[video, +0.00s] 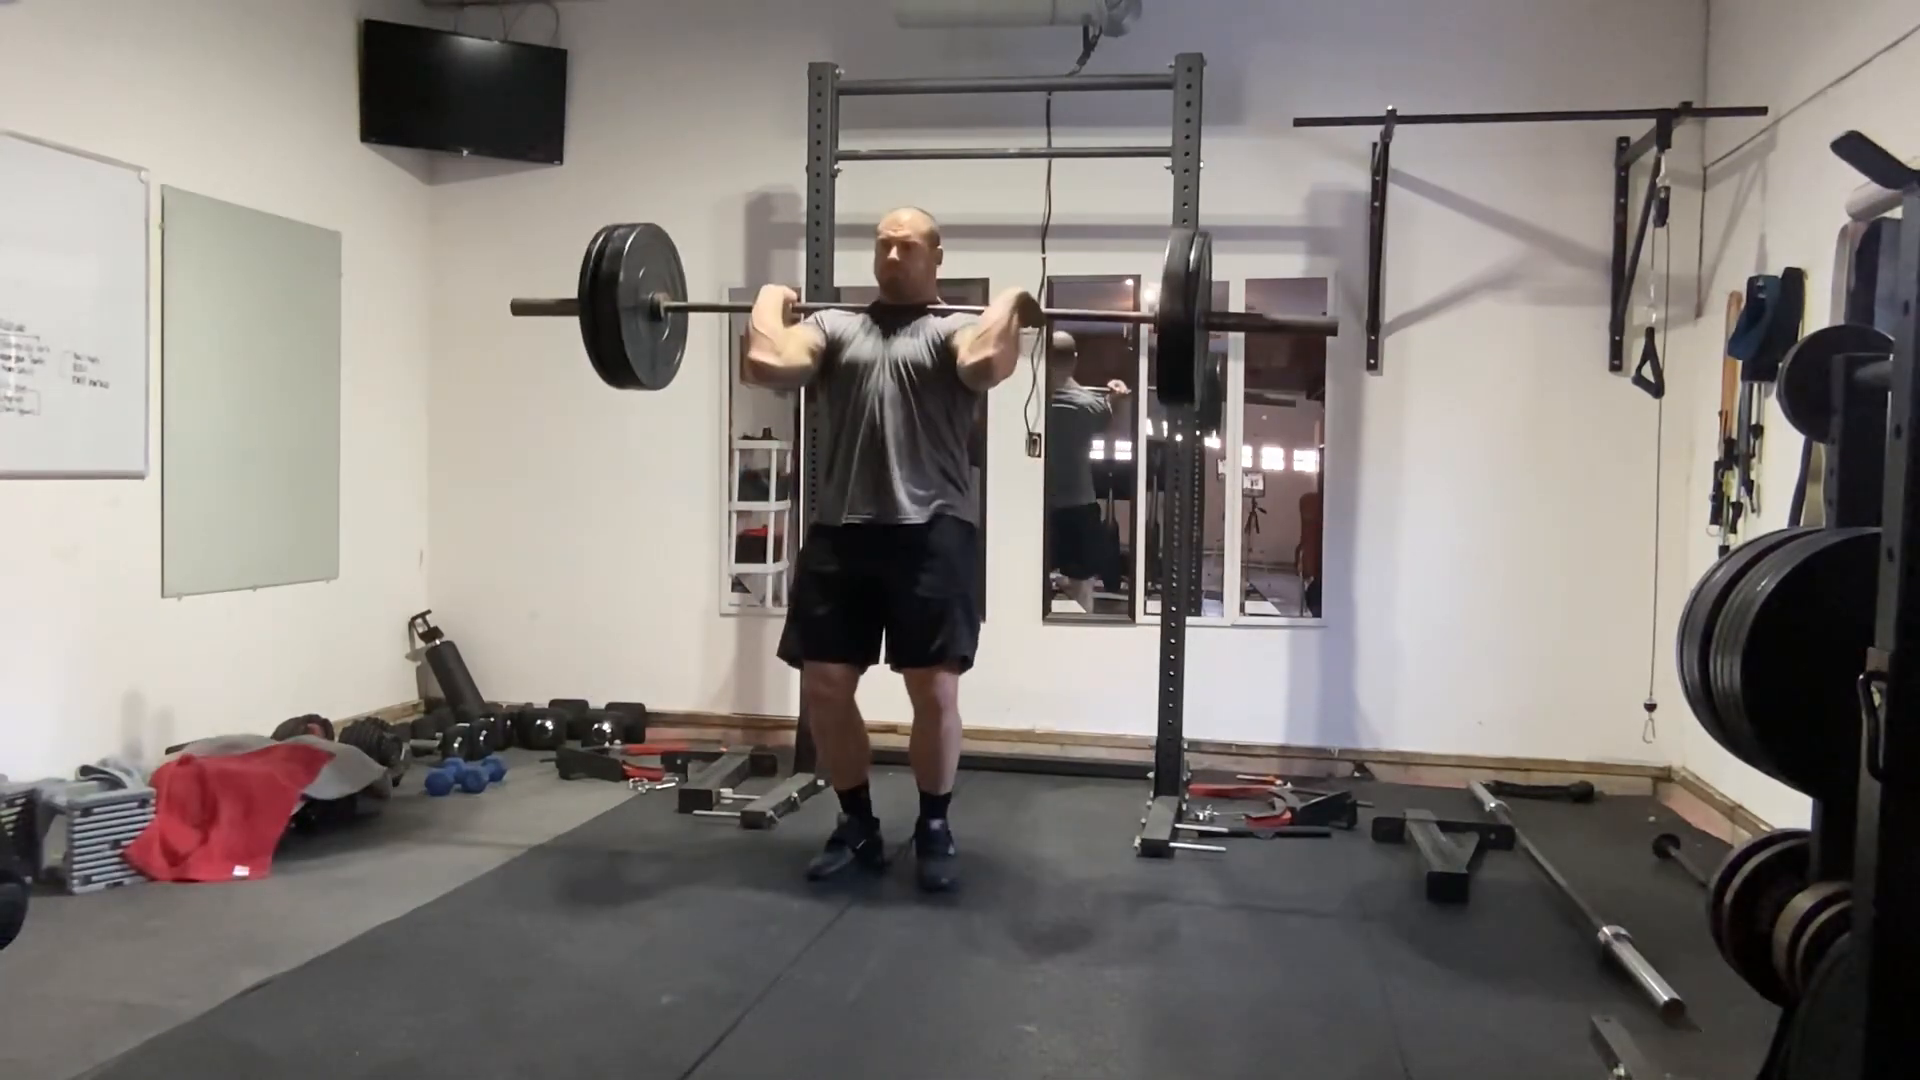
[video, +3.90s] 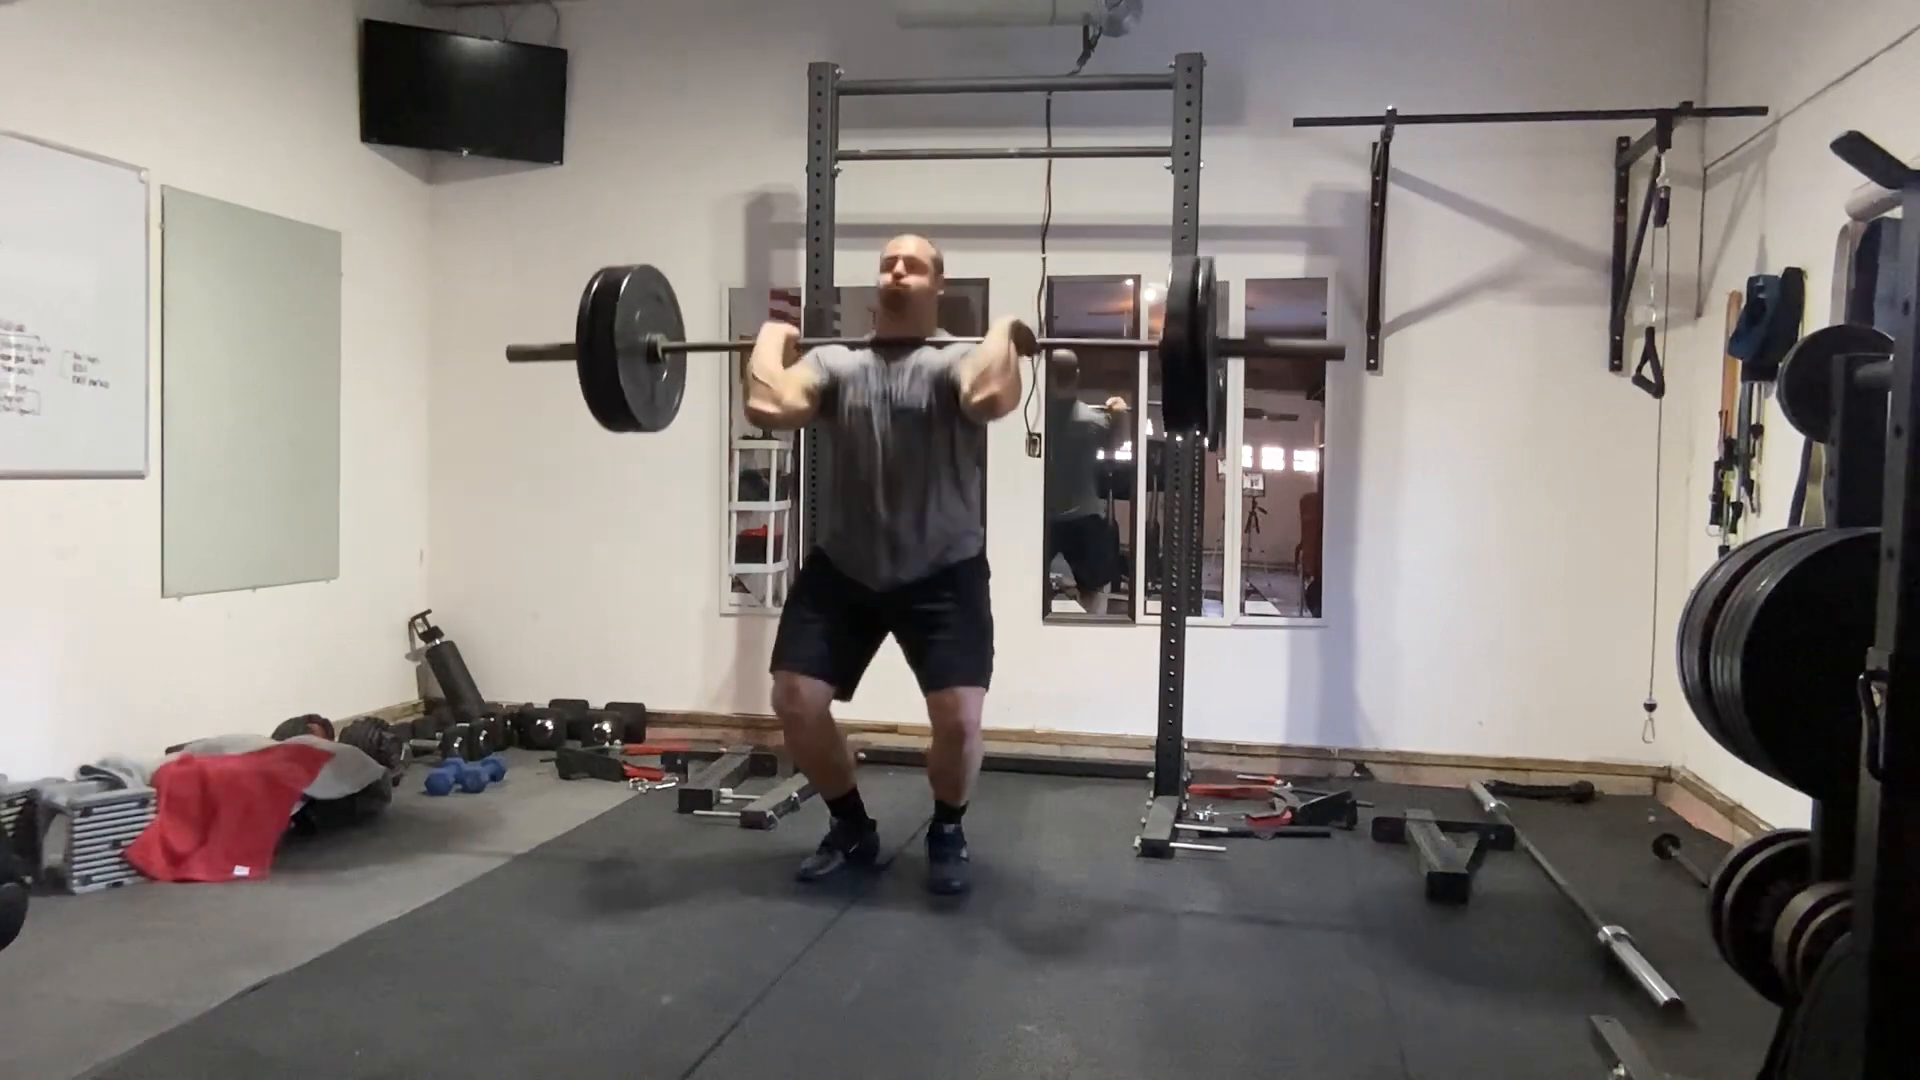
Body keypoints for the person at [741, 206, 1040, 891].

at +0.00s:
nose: (891, 255)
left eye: (906, 246)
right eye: (883, 245)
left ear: (936, 262)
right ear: (871, 260)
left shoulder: (956, 326)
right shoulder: (836, 325)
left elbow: (984, 366)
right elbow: (767, 361)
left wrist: (1009, 304)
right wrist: (771, 297)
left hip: (931, 529)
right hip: (840, 528)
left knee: (933, 685)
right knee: (824, 682)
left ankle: (933, 832)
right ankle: (857, 830)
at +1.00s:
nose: (907, 208)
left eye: (921, 206)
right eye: (896, 205)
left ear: (943, 235)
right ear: (877, 229)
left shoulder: (957, 292)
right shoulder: (835, 283)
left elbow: (1026, 263)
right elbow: (746, 271)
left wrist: (1026, 173)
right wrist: (757, 187)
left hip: (932, 488)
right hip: (845, 489)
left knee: (935, 659)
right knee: (850, 659)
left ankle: (943, 826)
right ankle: (850, 821)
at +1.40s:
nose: (870, 232)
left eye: (884, 219)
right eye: (861, 220)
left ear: (916, 223)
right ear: (848, 226)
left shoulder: (958, 278)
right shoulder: (823, 282)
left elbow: (1004, 166)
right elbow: (771, 180)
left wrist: (1023, 73)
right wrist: (760, 90)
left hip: (934, 502)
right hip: (847, 503)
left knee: (931, 670)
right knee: (859, 668)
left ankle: (937, 829)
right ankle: (859, 826)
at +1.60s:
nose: (887, 227)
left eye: (902, 218)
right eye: (877, 218)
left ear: (928, 233)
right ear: (863, 233)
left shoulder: (966, 317)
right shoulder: (822, 318)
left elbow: (1000, 418)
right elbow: (783, 410)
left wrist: (1007, 517)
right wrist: (751, 503)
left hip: (936, 531)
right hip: (842, 530)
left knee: (934, 675)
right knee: (844, 672)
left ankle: (937, 828)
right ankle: (855, 828)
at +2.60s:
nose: (909, 226)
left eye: (924, 221)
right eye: (899, 220)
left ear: (946, 244)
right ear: (884, 241)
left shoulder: (974, 295)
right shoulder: (847, 295)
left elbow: (1043, 348)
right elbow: (791, 355)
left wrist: (1022, 390)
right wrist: (758, 385)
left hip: (943, 471)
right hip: (857, 470)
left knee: (936, 633)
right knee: (842, 638)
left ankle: (939, 819)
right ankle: (848, 811)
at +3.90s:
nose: (897, 275)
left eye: (914, 267)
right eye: (888, 266)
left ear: (939, 288)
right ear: (874, 285)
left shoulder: (959, 359)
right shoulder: (834, 364)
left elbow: (993, 397)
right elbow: (769, 402)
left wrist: (1003, 330)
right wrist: (772, 336)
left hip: (941, 569)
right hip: (843, 567)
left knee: (958, 718)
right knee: (796, 699)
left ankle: (947, 834)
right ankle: (852, 831)